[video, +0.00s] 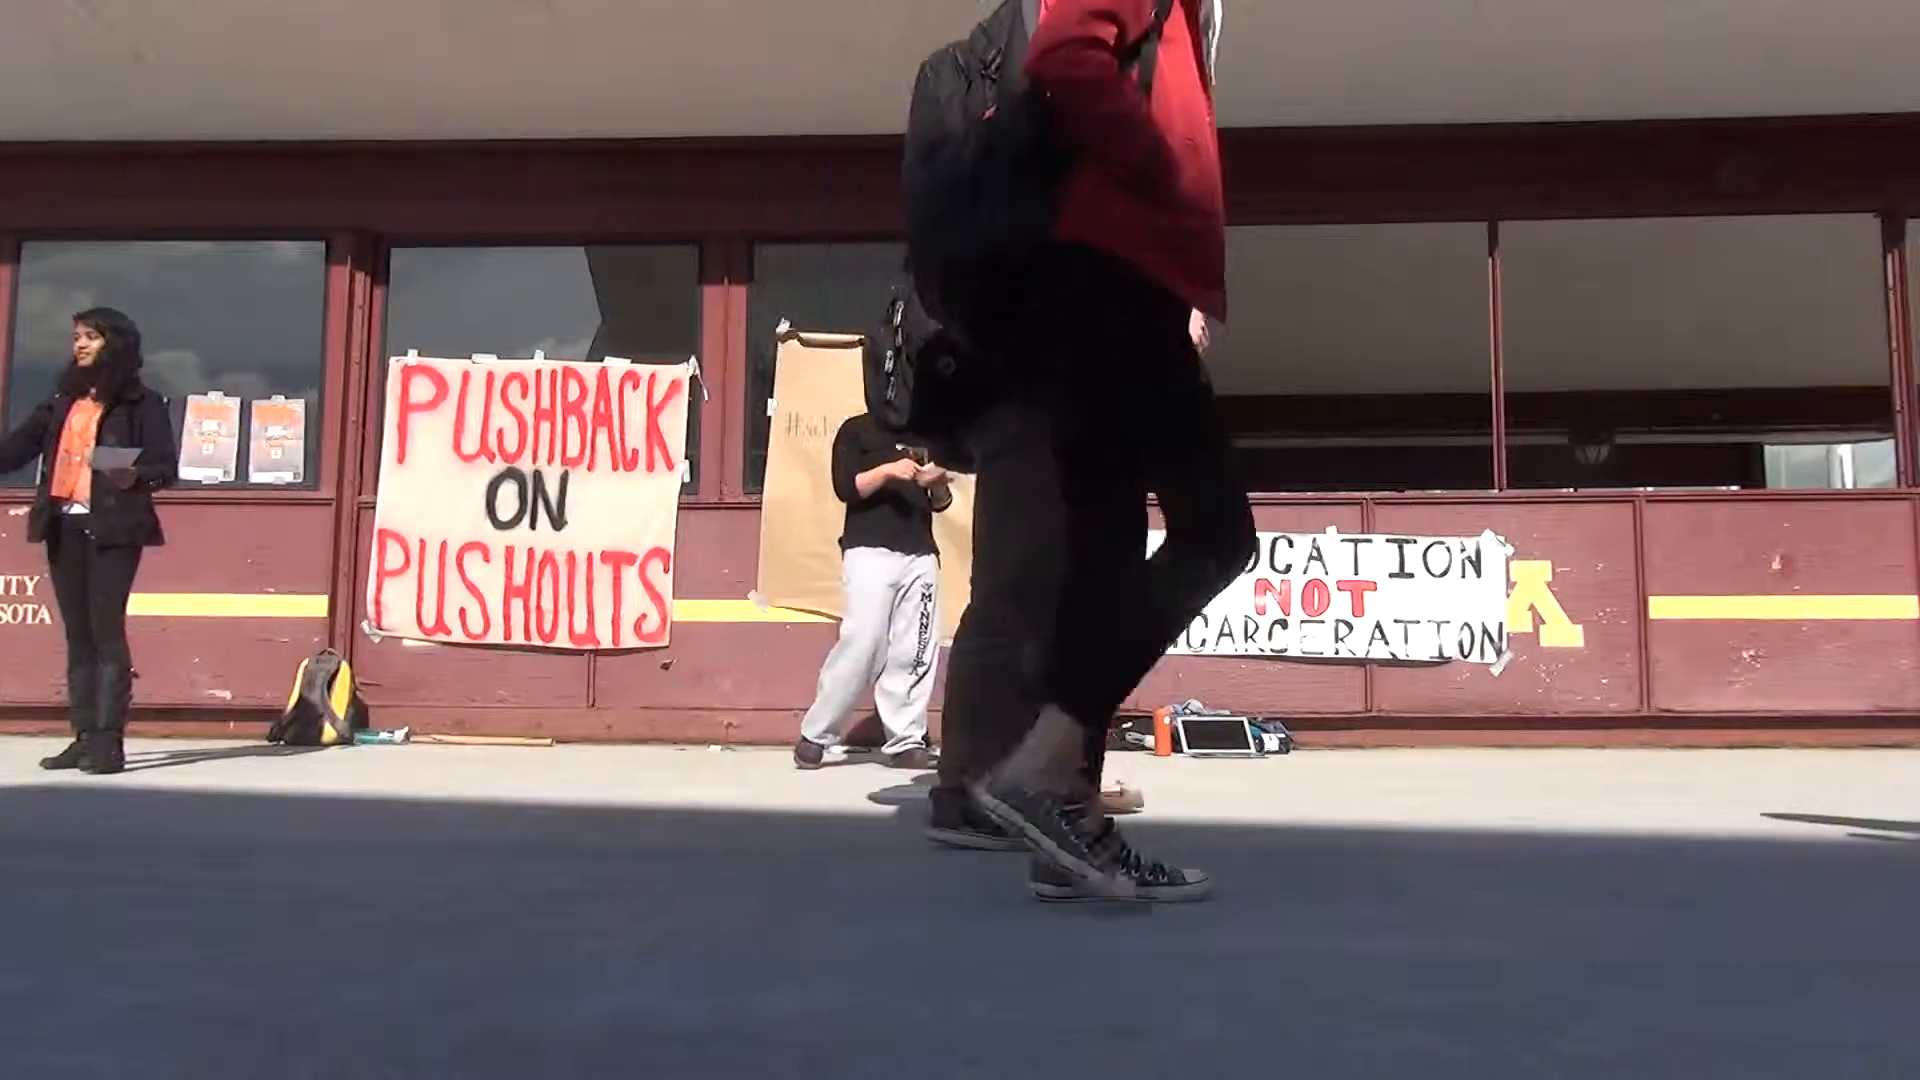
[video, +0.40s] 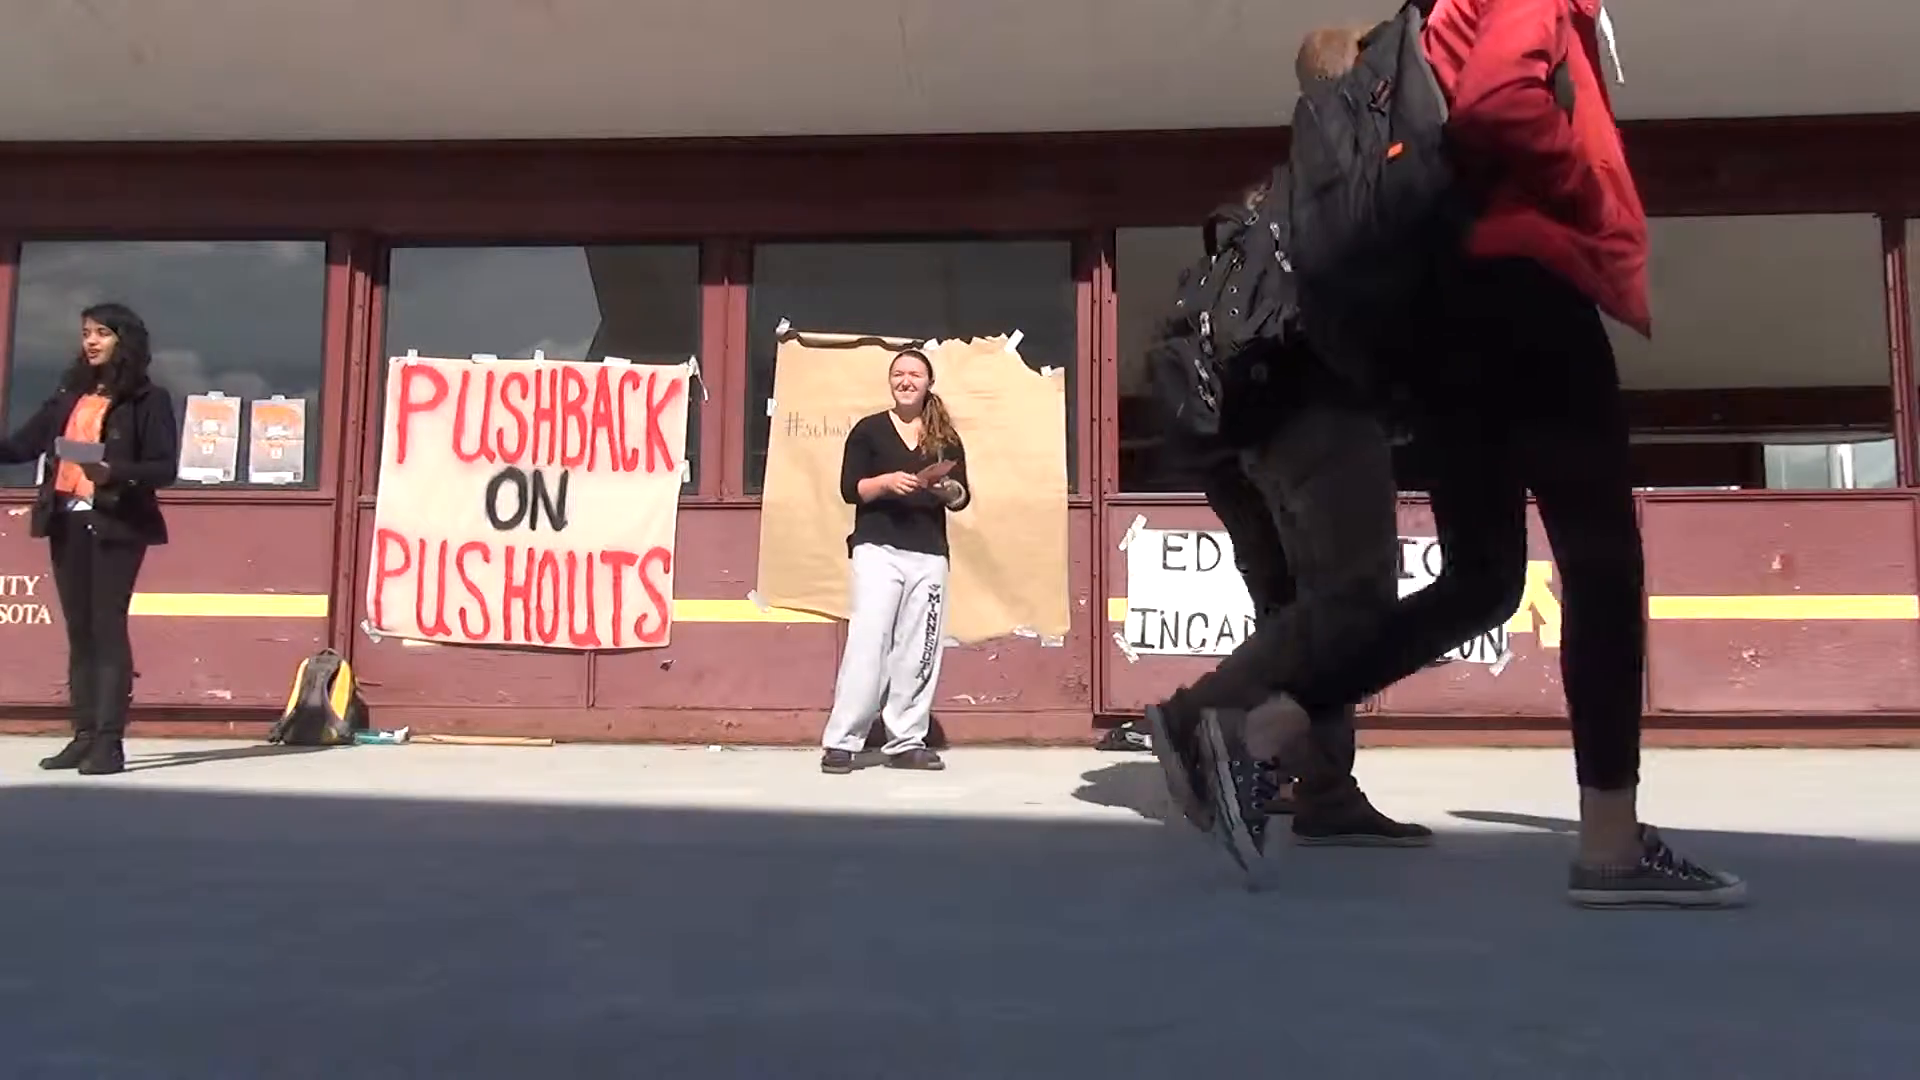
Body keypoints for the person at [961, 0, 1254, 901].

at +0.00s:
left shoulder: (1162, 26)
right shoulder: (1130, 2)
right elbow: (1063, 61)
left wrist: (1179, 288)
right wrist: (1167, 175)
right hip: (1101, 292)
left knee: (1103, 553)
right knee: (1218, 533)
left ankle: (1061, 797)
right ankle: (1043, 768)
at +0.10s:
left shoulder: (1244, 14)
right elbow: (1149, 64)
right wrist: (1252, 172)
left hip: (1144, 289)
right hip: (1201, 292)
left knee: (1128, 564)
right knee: (1335, 529)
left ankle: (1073, 838)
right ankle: (1344, 832)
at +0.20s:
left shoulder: (1332, 20)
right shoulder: (1314, 0)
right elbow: (1249, 91)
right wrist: (1345, 194)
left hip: (1249, 315)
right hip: (1296, 319)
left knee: (1180, 573)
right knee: (1422, 567)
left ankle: (1078, 829)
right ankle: (1561, 817)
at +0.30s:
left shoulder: (1410, 21)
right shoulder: (1423, 7)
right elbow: (1372, 106)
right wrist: (1473, 206)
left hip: (1372, 323)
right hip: (1429, 326)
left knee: (1295, 572)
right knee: (1529, 578)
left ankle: (1123, 783)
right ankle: (1602, 838)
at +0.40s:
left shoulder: (1441, 19)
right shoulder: (1537, 5)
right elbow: (1498, 95)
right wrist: (1589, 196)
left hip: (1444, 309)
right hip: (1537, 303)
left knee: (1480, 583)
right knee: (1604, 570)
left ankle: (1253, 739)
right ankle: (1612, 843)